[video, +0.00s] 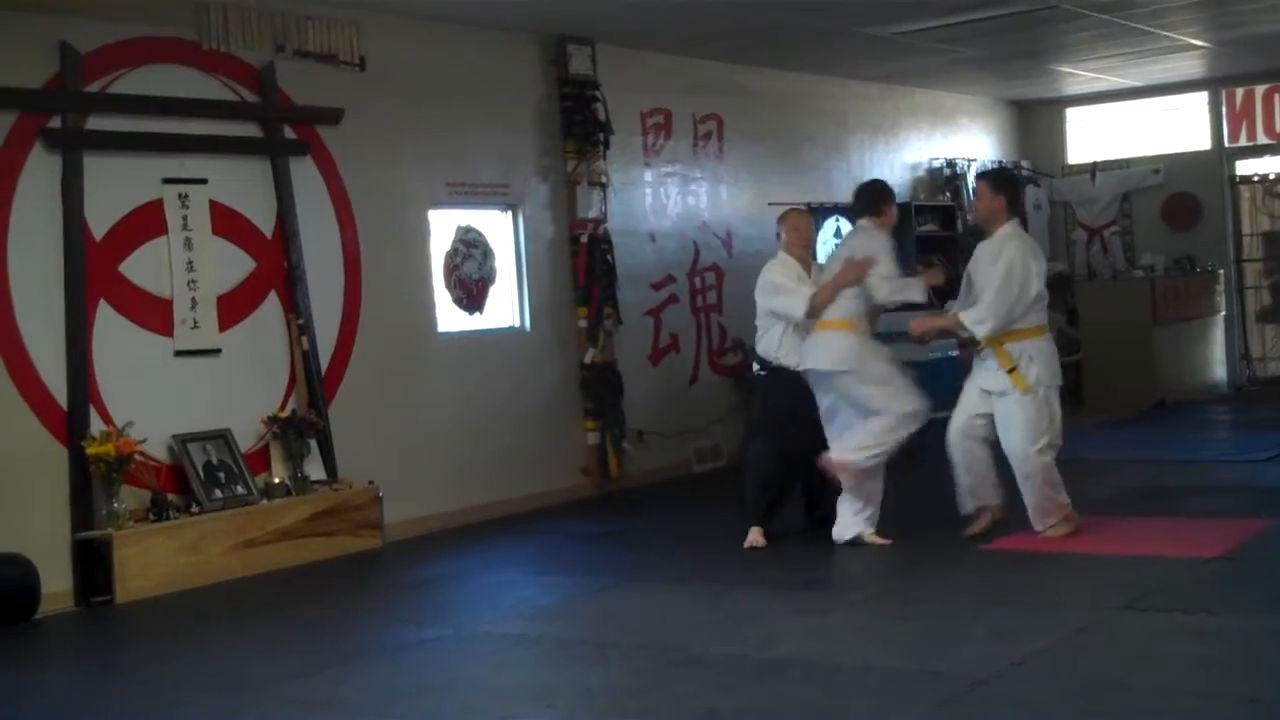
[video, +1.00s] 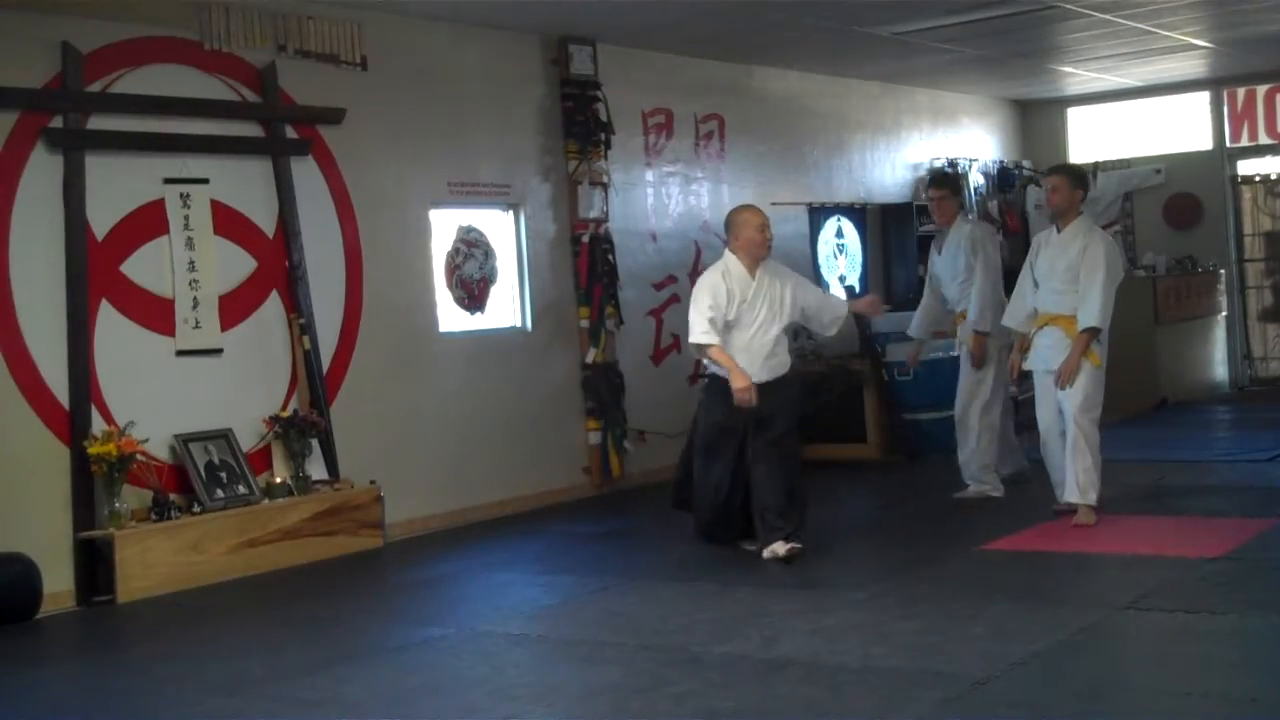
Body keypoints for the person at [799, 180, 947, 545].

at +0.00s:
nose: (895, 214)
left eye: (894, 207)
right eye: (894, 208)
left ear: (859, 211)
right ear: (886, 211)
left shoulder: (845, 244)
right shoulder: (876, 241)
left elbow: (864, 296)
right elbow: (883, 291)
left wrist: (914, 281)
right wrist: (925, 283)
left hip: (817, 351)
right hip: (846, 348)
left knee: (850, 441)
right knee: (910, 407)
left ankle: (853, 524)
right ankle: (844, 458)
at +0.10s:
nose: (912, 215)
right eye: (912, 209)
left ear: (875, 209)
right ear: (909, 208)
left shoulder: (851, 245)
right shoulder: (908, 235)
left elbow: (839, 297)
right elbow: (922, 283)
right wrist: (956, 289)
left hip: (847, 344)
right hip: (887, 340)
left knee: (863, 432)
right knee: (937, 389)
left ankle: (855, 519)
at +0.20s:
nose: (923, 212)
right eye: (922, 206)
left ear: (887, 210)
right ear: (921, 207)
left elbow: (848, 302)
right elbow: (952, 284)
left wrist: (847, 347)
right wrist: (978, 314)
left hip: (875, 341)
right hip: (922, 335)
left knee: (879, 426)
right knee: (946, 415)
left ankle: (861, 505)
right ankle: (974, 490)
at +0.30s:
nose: (884, 227)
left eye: (885, 222)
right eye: (884, 222)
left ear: (898, 219)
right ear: (919, 216)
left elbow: (866, 302)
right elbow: (981, 287)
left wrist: (853, 350)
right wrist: (978, 325)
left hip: (908, 348)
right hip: (954, 342)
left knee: (907, 423)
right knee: (958, 423)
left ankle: (885, 483)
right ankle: (970, 500)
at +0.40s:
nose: (885, 226)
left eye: (887, 219)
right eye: (883, 220)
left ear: (903, 212)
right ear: (914, 212)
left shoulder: (896, 242)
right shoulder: (954, 240)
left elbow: (888, 294)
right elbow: (992, 285)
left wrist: (866, 334)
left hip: (929, 339)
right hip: (970, 336)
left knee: (918, 418)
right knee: (967, 419)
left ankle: (930, 479)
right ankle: (975, 497)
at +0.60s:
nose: (891, 214)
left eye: (895, 205)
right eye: (889, 207)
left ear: (915, 200)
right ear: (912, 202)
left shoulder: (925, 230)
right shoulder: (940, 226)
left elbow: (940, 277)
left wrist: (921, 321)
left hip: (956, 331)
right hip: (986, 326)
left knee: (942, 410)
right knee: (980, 403)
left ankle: (965, 485)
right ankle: (999, 472)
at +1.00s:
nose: (935, 207)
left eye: (942, 200)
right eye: (931, 201)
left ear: (958, 200)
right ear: (928, 204)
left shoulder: (979, 233)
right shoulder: (940, 244)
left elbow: (987, 283)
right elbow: (933, 297)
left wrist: (980, 332)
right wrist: (918, 342)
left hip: (987, 326)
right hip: (968, 326)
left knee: (971, 406)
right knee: (990, 401)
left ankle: (983, 482)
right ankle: (1012, 464)